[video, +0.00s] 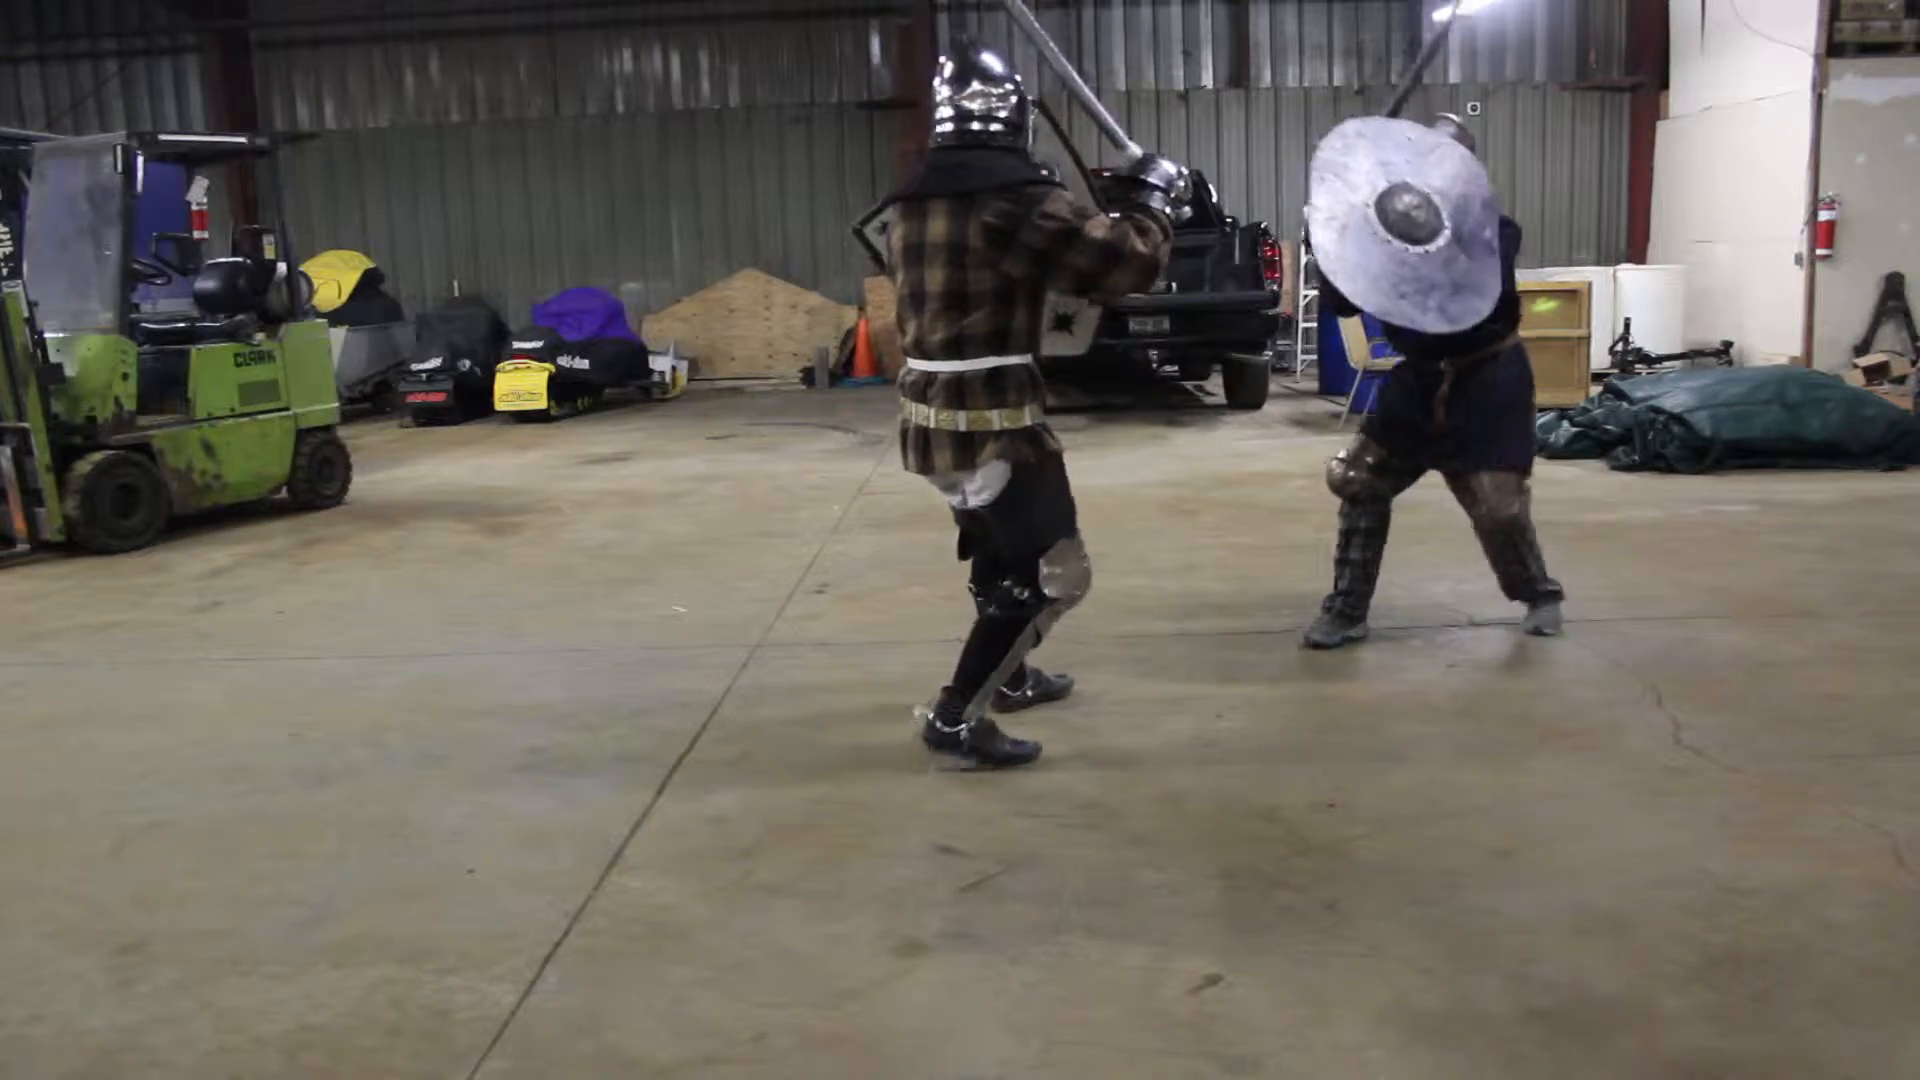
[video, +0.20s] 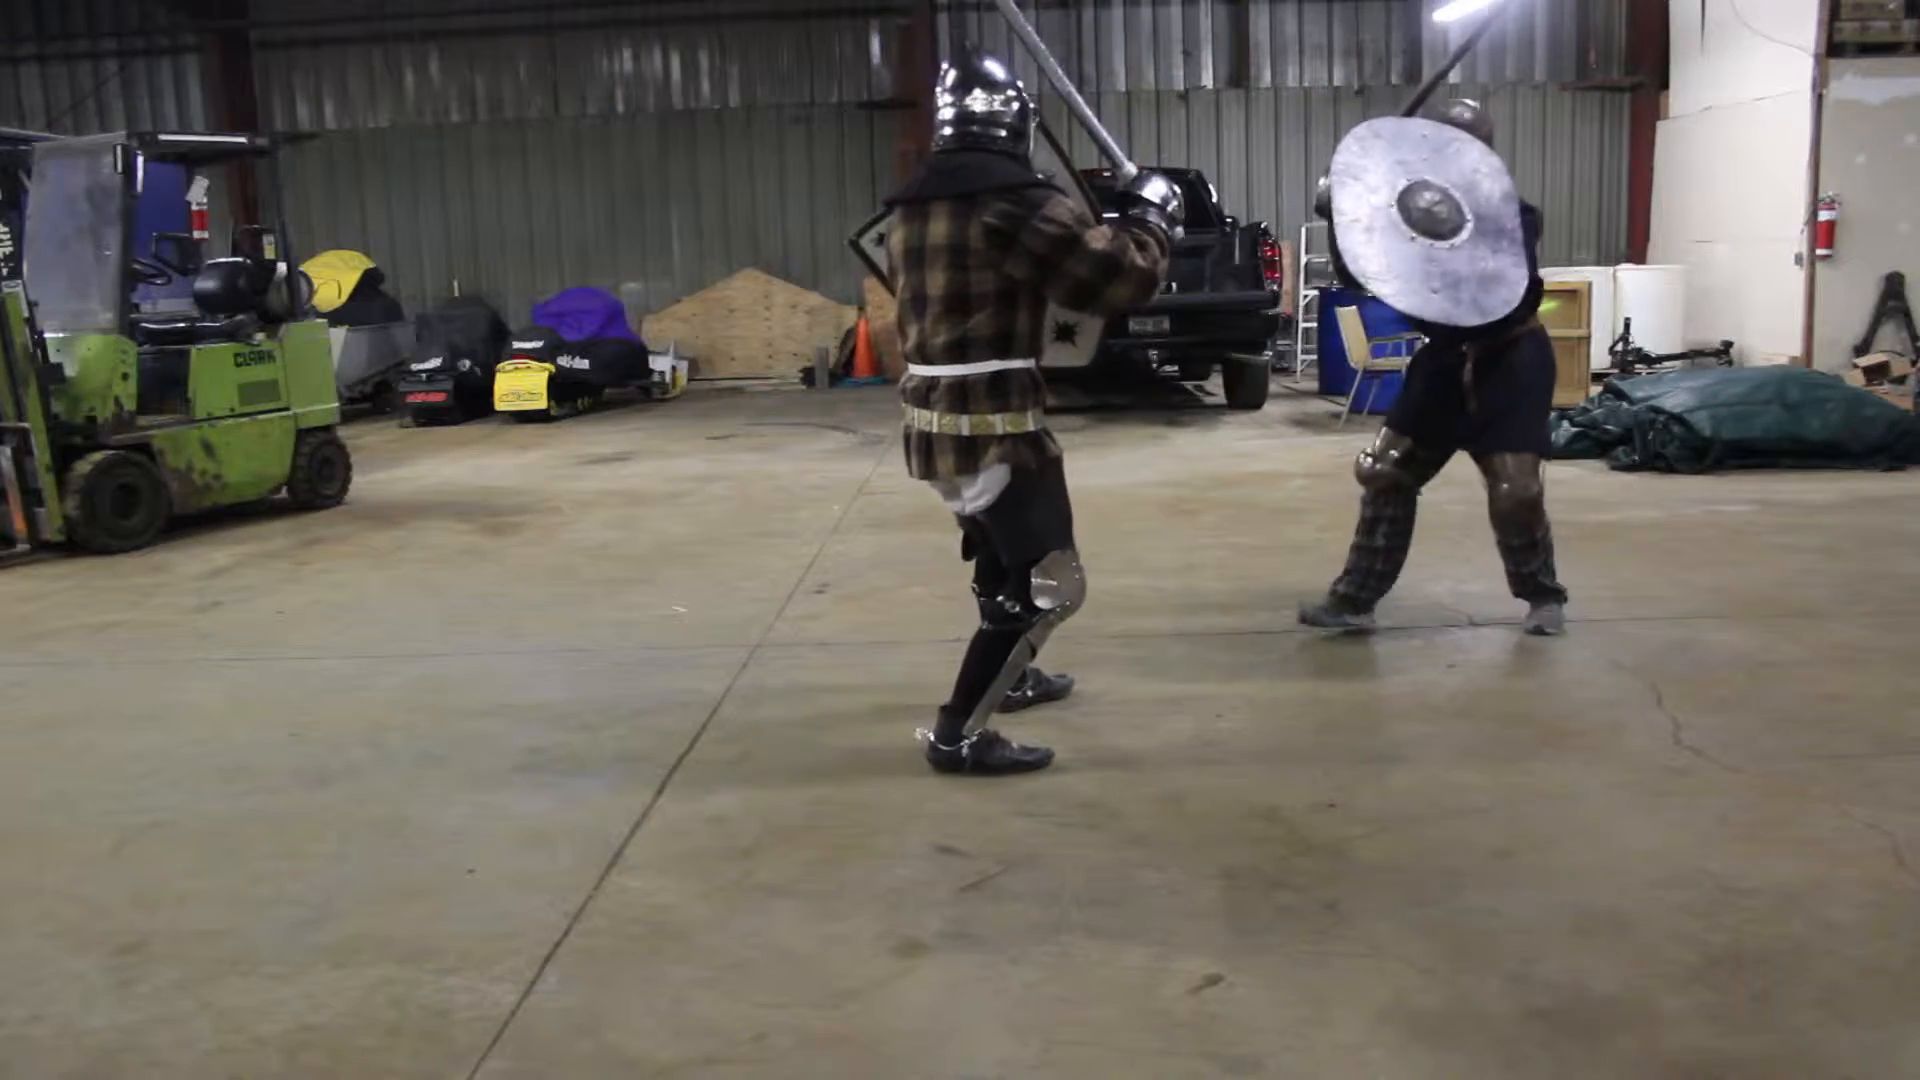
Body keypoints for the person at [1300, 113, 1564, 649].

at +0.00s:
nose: (1441, 175)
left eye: (1453, 164)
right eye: (1431, 164)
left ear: (1471, 171)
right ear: (1412, 173)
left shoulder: (1492, 231)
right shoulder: (1385, 239)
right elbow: (1339, 300)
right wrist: (1333, 232)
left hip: (1491, 369)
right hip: (1419, 372)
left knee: (1495, 498)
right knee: (1362, 478)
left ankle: (1541, 598)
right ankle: (1347, 610)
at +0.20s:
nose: (1452, 155)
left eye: (1464, 142)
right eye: (1443, 141)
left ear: (1485, 148)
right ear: (1428, 146)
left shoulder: (1512, 216)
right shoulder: (1417, 210)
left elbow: (1517, 303)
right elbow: (1356, 277)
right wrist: (1342, 215)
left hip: (1512, 351)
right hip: (1443, 352)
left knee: (1515, 491)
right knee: (1387, 472)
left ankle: (1545, 599)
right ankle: (1354, 600)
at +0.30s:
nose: (1451, 149)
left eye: (1464, 137)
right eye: (1439, 136)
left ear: (1486, 142)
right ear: (1422, 138)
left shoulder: (1513, 209)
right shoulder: (1414, 202)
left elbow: (1520, 294)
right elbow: (1352, 264)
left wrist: (1474, 338)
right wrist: (1338, 207)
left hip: (1508, 347)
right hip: (1438, 347)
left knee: (1515, 486)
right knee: (1378, 462)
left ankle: (1544, 599)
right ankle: (1368, 587)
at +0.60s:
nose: (1412, 148)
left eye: (1426, 136)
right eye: (1402, 136)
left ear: (1447, 141)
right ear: (1387, 138)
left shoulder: (1469, 201)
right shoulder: (1373, 197)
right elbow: (1317, 262)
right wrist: (1303, 208)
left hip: (1467, 344)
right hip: (1397, 342)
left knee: (1483, 481)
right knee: (1354, 465)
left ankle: (1536, 595)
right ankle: (1376, 587)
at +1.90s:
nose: (1372, 131)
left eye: (1385, 120)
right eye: (1366, 119)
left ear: (1411, 127)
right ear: (1357, 124)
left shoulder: (1431, 185)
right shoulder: (1345, 184)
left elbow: (1436, 281)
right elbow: (1280, 247)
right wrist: (1263, 189)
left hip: (1428, 336)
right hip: (1360, 337)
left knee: (1428, 464)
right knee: (1328, 462)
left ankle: (1468, 595)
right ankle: (1351, 582)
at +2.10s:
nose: (1364, 198)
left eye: (1376, 190)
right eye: (1352, 191)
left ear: (1396, 193)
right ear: (1336, 194)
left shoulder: (1422, 225)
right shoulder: (1317, 232)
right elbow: (1304, 325)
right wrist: (1285, 275)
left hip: (1416, 358)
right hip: (1348, 360)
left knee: (1394, 468)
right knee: (1310, 495)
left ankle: (1393, 597)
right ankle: (1352, 576)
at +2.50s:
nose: (1371, 179)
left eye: (1382, 175)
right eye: (1360, 173)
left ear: (1401, 179)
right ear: (1338, 173)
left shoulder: (1419, 212)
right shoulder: (1306, 213)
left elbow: (1446, 279)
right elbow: (1261, 275)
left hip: (1396, 350)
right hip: (1322, 348)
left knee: (1382, 481)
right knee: (1328, 482)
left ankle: (1381, 623)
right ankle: (1346, 579)